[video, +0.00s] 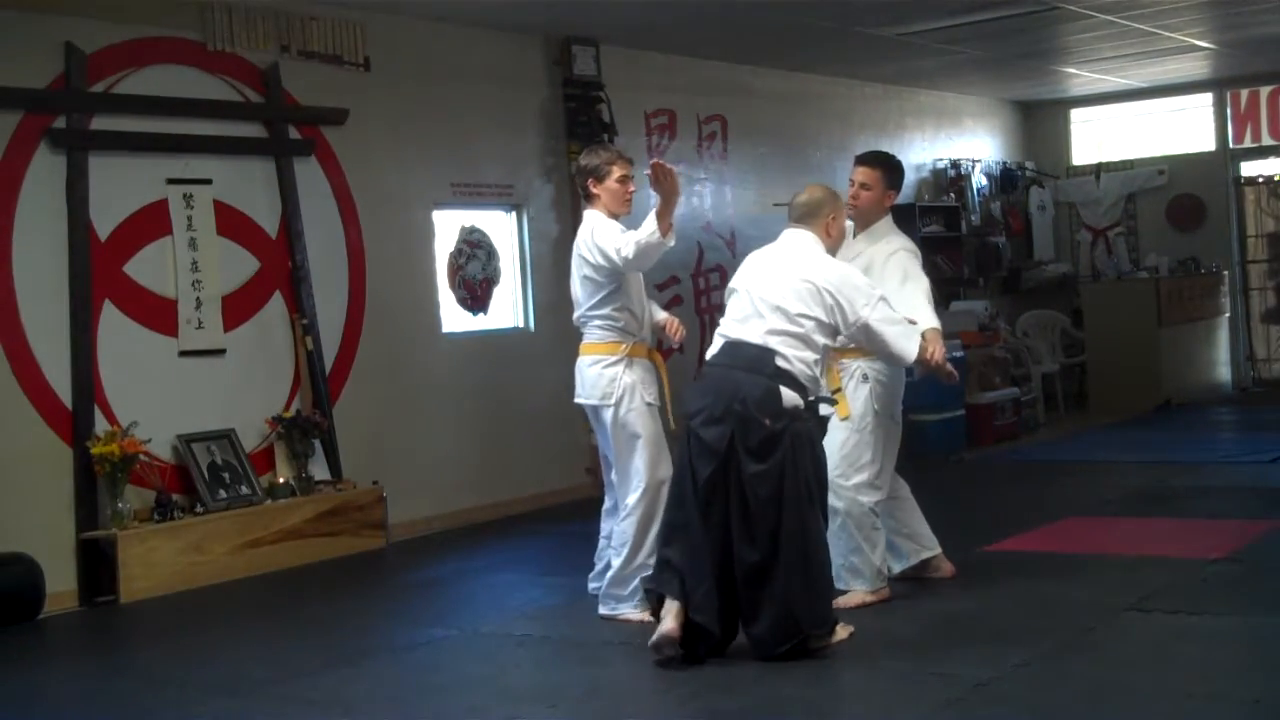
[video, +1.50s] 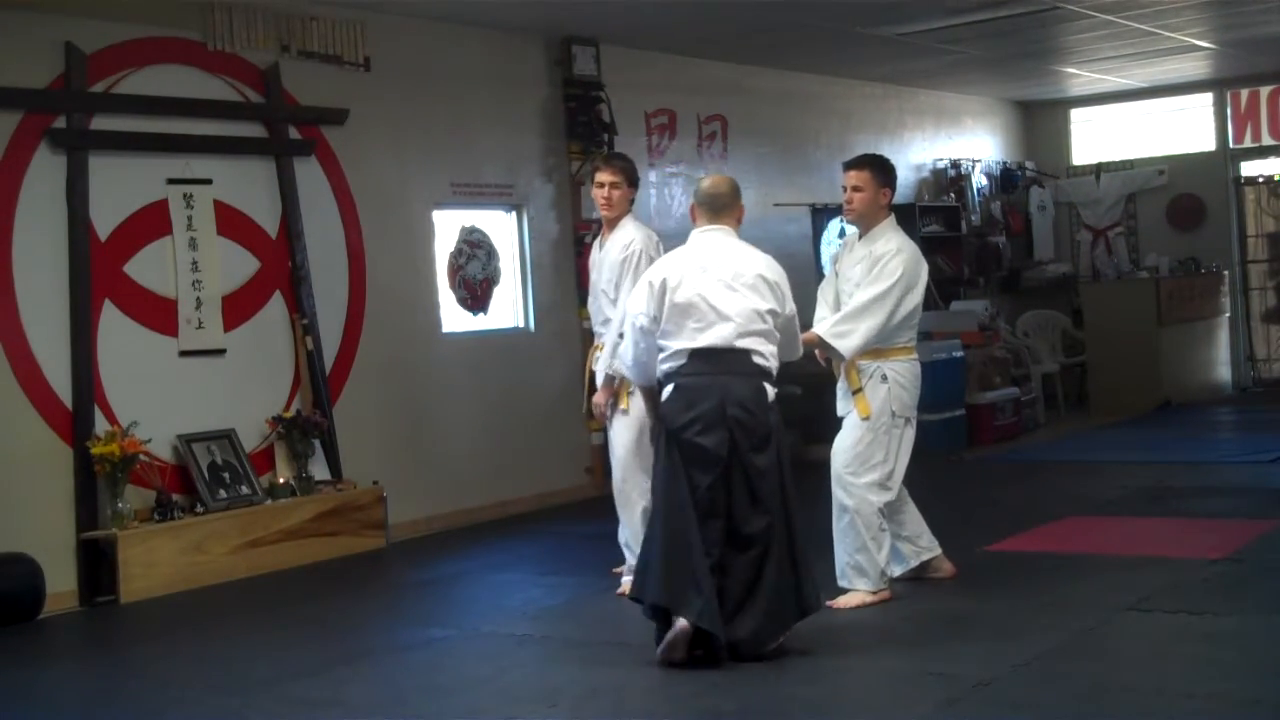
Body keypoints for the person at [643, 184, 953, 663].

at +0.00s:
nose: (847, 232)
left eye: (846, 224)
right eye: (845, 224)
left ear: (792, 221)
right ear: (831, 224)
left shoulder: (755, 259)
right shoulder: (837, 275)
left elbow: (736, 307)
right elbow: (895, 334)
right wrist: (930, 358)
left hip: (714, 378)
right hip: (777, 388)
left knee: (697, 501)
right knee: (797, 513)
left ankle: (674, 609)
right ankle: (811, 625)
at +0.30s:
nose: (784, 222)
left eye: (781, 215)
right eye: (783, 216)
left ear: (731, 218)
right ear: (775, 218)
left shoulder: (695, 265)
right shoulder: (791, 273)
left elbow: (682, 329)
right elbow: (823, 345)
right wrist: (839, 375)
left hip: (690, 400)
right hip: (758, 402)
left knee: (687, 520)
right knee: (785, 516)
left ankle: (685, 640)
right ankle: (814, 624)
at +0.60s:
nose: (720, 218)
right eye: (720, 211)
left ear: (669, 217)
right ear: (717, 214)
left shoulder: (641, 273)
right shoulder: (748, 268)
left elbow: (613, 355)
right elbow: (779, 345)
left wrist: (619, 420)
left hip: (663, 409)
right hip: (730, 407)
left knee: (667, 527)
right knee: (741, 519)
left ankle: (682, 645)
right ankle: (767, 627)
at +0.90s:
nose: (698, 208)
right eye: (696, 202)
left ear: (646, 214)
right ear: (694, 207)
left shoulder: (630, 263)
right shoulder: (733, 260)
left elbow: (600, 344)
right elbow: (767, 331)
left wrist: (590, 422)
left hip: (659, 406)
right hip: (728, 403)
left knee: (665, 527)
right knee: (743, 516)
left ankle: (680, 650)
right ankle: (765, 628)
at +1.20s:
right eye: (702, 208)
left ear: (654, 217)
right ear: (701, 212)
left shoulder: (636, 267)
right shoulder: (737, 263)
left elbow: (613, 347)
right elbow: (773, 339)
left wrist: (621, 399)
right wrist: (733, 357)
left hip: (665, 394)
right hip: (729, 392)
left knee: (669, 519)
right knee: (740, 512)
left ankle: (680, 648)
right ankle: (757, 629)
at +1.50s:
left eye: (695, 210)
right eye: (740, 213)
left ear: (692, 214)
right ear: (740, 215)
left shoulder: (663, 270)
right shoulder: (767, 267)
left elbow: (638, 352)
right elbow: (791, 347)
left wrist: (656, 405)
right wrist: (756, 361)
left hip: (688, 385)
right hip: (750, 384)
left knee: (690, 507)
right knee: (754, 506)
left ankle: (686, 612)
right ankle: (755, 625)